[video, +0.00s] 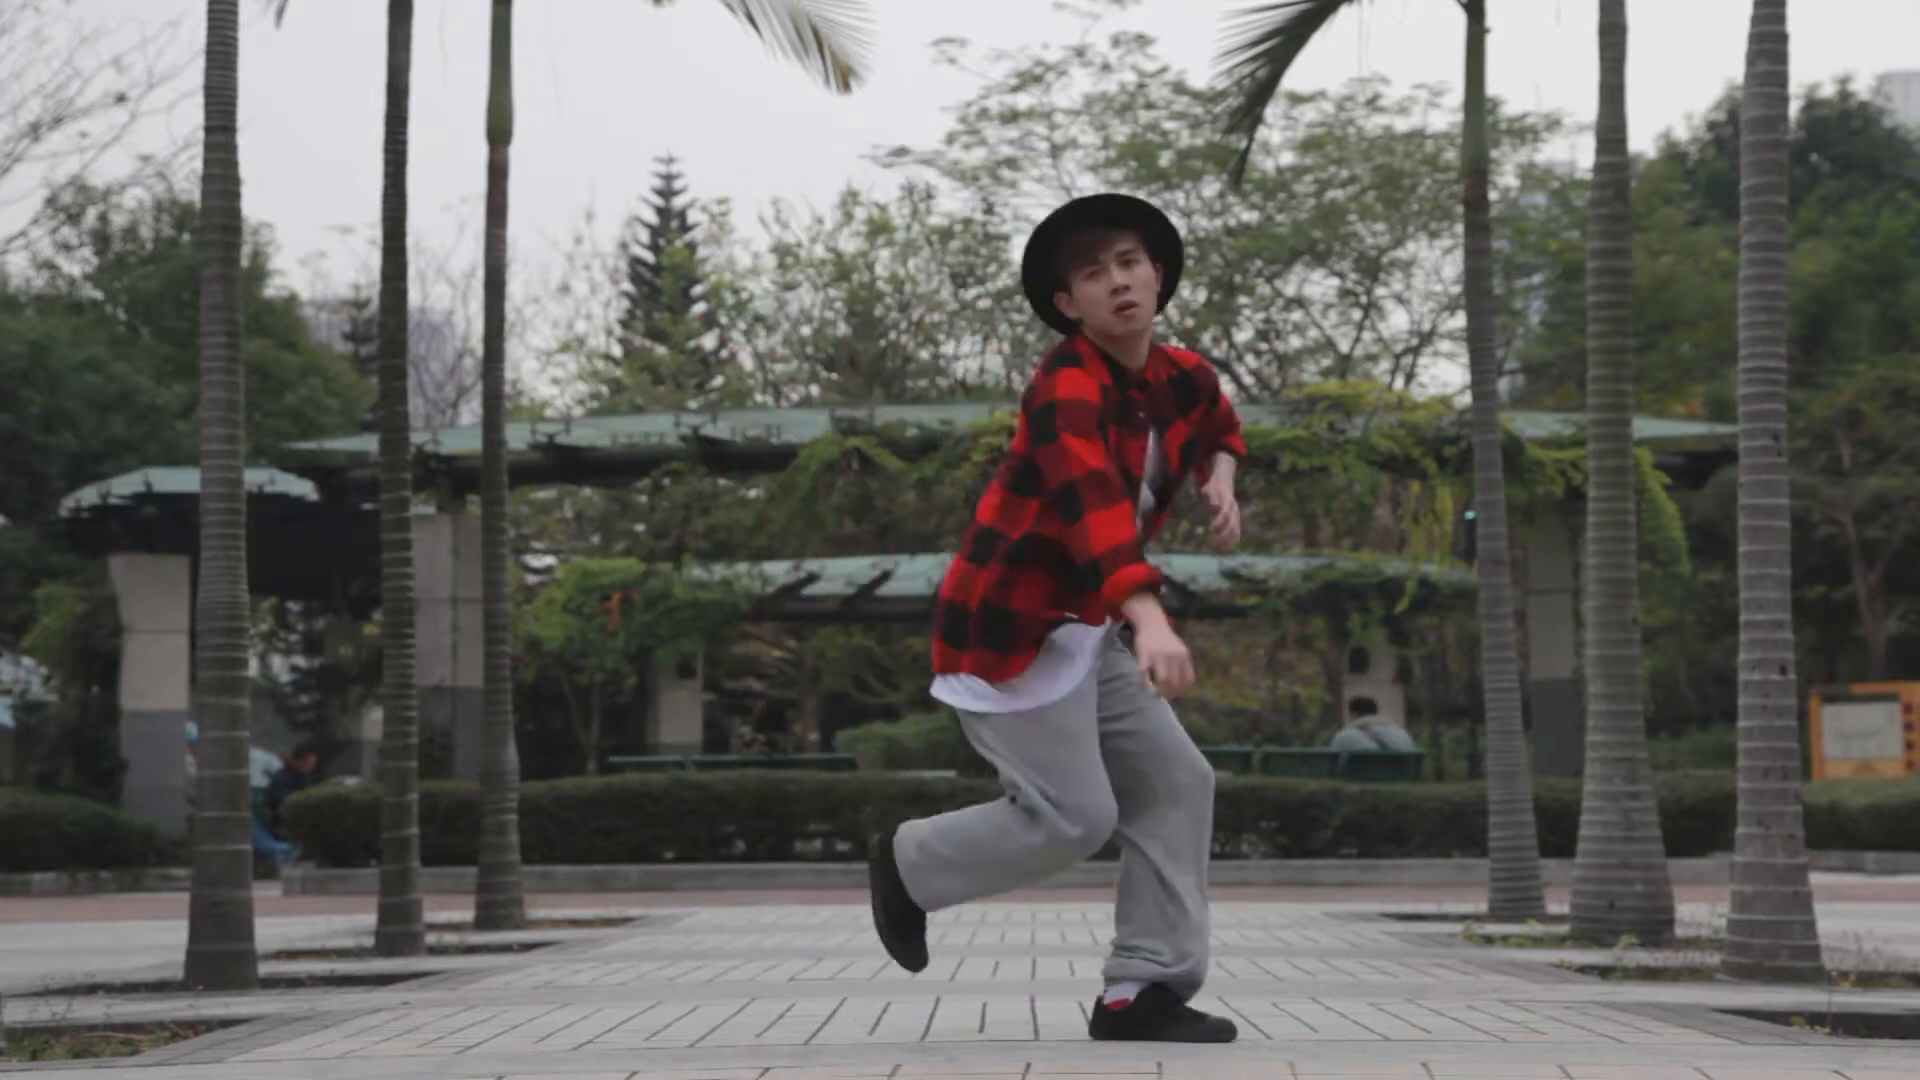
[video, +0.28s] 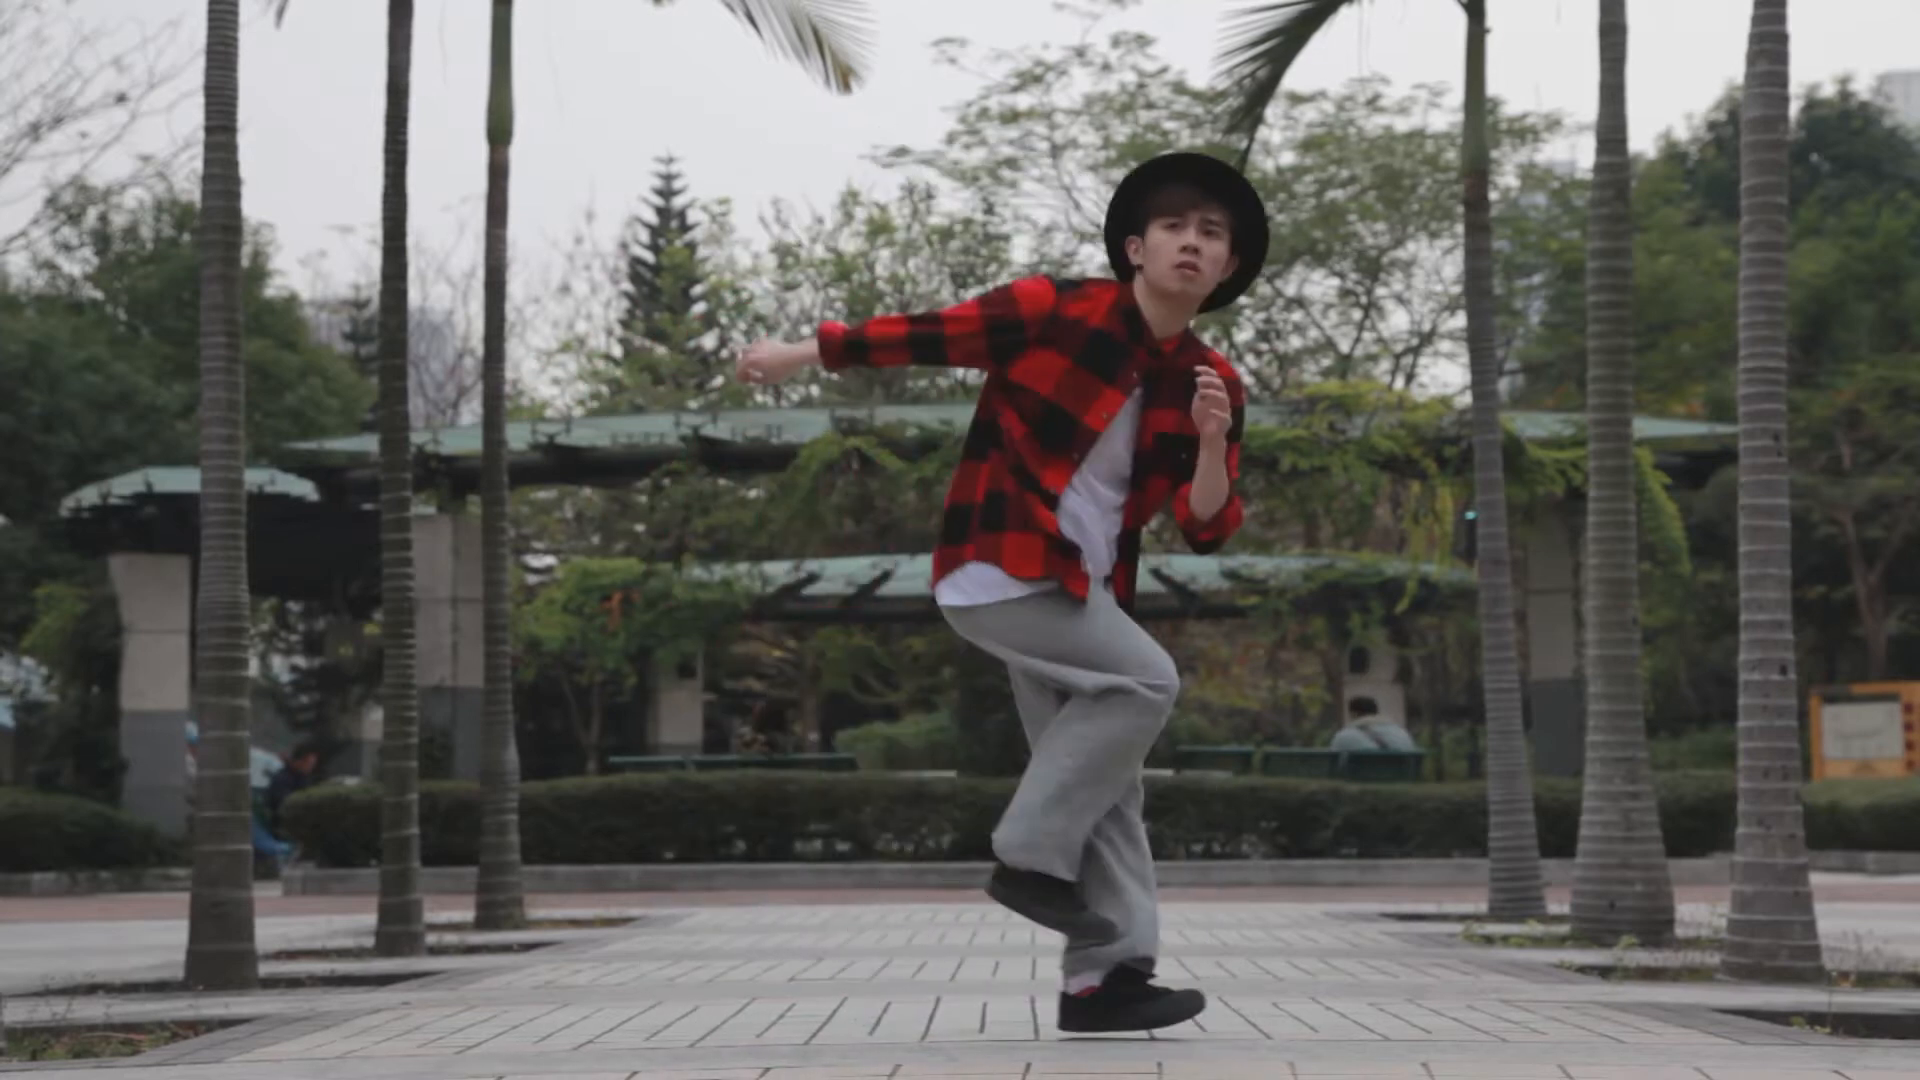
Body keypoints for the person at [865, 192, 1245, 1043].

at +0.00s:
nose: (1118, 280)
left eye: (1131, 261)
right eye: (1091, 271)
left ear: (1160, 277)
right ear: (1065, 306)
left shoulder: (1183, 374)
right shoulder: (1069, 385)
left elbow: (1220, 421)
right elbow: (1095, 506)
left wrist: (1219, 471)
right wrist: (1147, 615)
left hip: (1090, 630)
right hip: (1005, 641)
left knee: (1177, 783)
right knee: (1076, 818)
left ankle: (1141, 990)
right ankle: (912, 861)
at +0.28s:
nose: (1192, 241)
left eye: (1212, 231)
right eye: (1172, 224)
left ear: (1231, 266)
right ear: (1134, 246)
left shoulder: (1209, 381)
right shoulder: (1060, 309)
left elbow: (1207, 528)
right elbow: (934, 332)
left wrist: (1211, 447)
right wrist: (807, 351)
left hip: (1072, 584)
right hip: (996, 566)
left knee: (1093, 764)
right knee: (1143, 679)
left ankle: (1104, 976)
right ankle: (1029, 855)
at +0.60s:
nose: (1080, 197)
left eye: (1106, 185)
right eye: (1070, 182)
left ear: (1148, 219)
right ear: (1051, 202)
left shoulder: (1161, 337)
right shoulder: (1005, 281)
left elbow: (1216, 474)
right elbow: (925, 293)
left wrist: (1286, 607)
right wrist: (849, 268)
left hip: (1093, 564)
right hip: (993, 542)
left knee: (1164, 765)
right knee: (1030, 748)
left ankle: (1041, 935)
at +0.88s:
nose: (1167, 217)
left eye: (1178, 200)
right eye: (1139, 208)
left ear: (1200, 219)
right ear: (1104, 245)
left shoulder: (1240, 312)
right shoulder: (1077, 338)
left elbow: (1272, 359)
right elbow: (1019, 459)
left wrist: (1282, 451)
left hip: (1173, 587)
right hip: (1062, 596)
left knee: (1259, 736)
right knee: (1043, 776)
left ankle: (1291, 944)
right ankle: (996, 944)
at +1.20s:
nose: (1249, 276)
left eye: (1257, 261)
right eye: (1223, 262)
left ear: (1267, 275)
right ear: (1173, 290)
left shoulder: (1249, 379)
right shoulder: (1162, 378)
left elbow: (1335, 457)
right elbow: (1102, 504)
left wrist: (1313, 410)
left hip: (1189, 635)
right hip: (1094, 633)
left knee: (1257, 780)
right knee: (1181, 772)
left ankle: (1266, 988)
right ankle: (1097, 804)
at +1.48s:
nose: (1087, 215)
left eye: (1109, 201)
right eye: (1069, 202)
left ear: (1145, 231)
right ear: (1044, 231)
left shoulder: (1179, 354)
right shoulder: (990, 329)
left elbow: (1238, 471)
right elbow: (877, 370)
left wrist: (1219, 484)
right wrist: (756, 335)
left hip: (1126, 606)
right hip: (1017, 595)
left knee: (1161, 775)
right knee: (1066, 742)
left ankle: (1071, 949)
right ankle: (1028, 949)